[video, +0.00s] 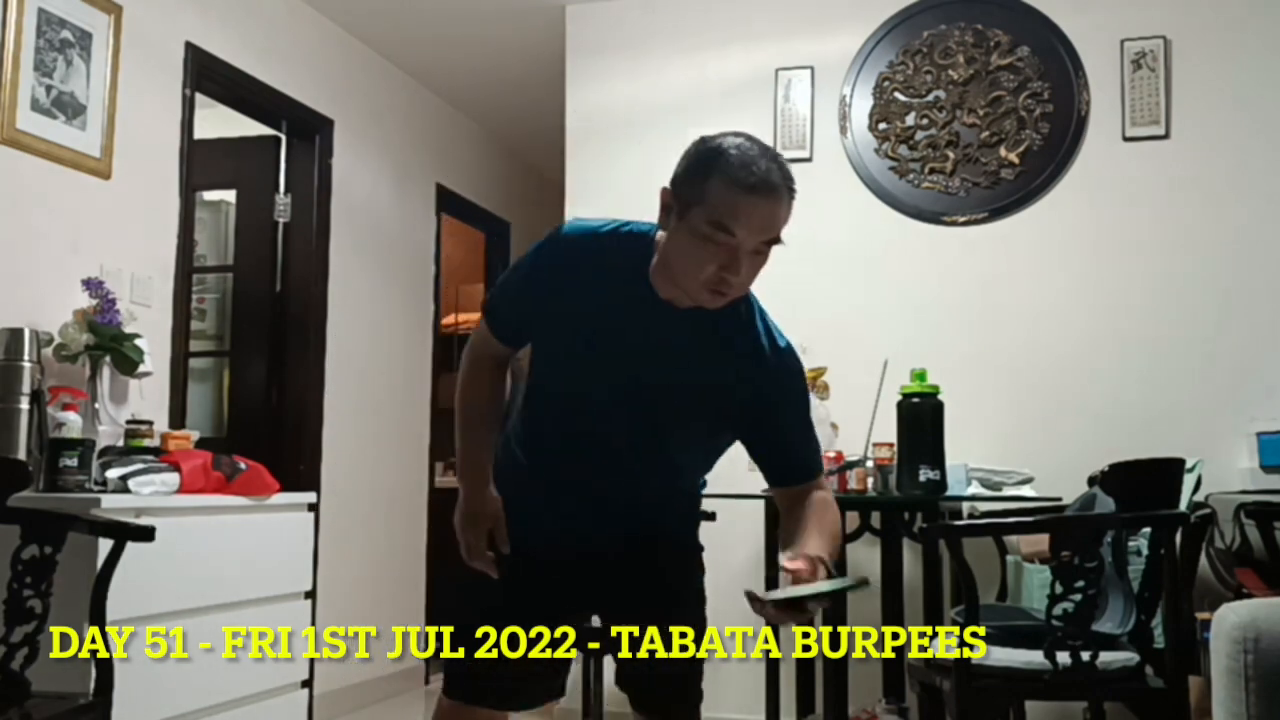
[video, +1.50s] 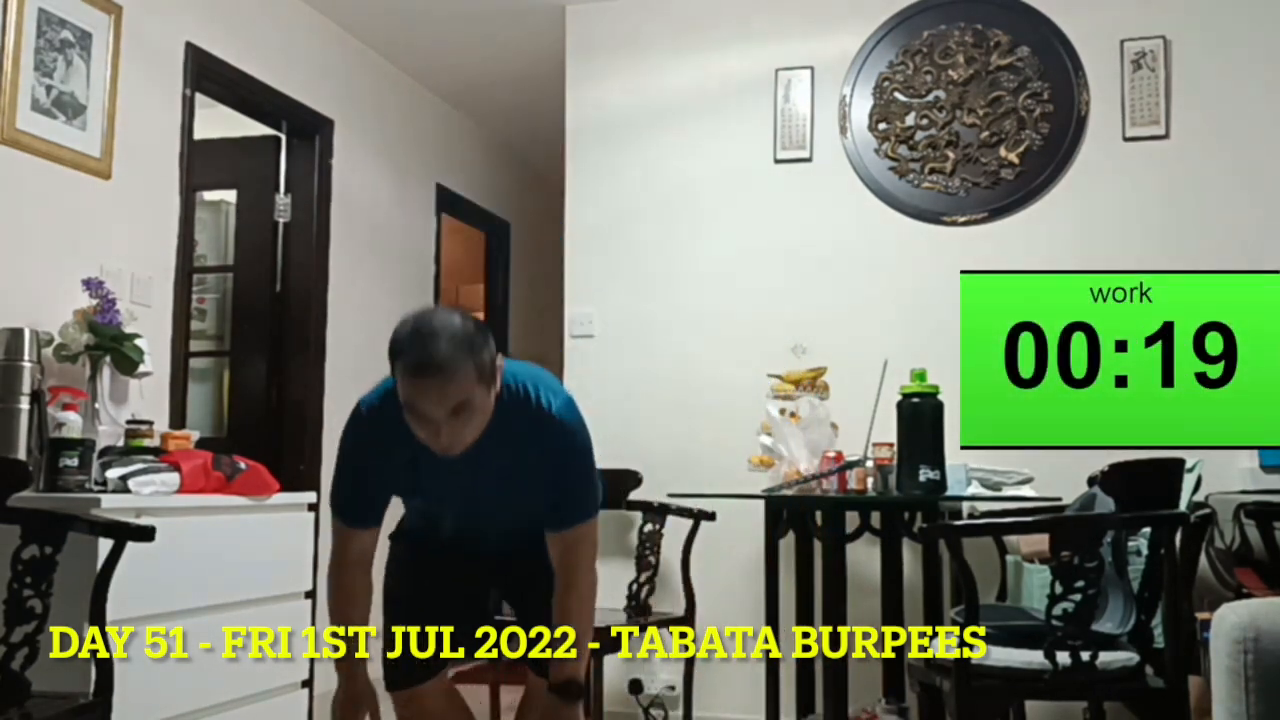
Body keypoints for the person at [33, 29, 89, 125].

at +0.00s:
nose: (66, 52)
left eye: (69, 48)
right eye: (63, 49)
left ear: (74, 49)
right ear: (61, 51)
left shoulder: (79, 66)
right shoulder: (61, 60)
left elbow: (69, 89)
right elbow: (57, 81)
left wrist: (48, 82)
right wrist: (49, 101)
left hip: (79, 102)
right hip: (62, 95)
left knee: (64, 98)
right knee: (47, 88)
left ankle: (70, 120)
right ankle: (60, 116)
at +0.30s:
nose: (66, 52)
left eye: (69, 48)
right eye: (63, 49)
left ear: (74, 49)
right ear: (61, 50)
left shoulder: (79, 66)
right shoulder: (61, 60)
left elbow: (69, 89)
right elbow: (57, 81)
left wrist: (48, 82)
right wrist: (49, 101)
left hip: (79, 102)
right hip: (63, 95)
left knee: (63, 98)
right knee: (47, 88)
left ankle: (70, 120)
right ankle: (61, 116)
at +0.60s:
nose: (66, 51)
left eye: (69, 48)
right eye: (63, 49)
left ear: (74, 49)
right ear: (61, 50)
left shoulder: (79, 66)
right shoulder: (62, 60)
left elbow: (69, 89)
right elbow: (57, 81)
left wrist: (49, 82)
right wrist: (49, 101)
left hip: (79, 102)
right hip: (64, 95)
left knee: (63, 98)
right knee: (48, 88)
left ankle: (69, 119)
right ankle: (61, 116)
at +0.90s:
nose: (67, 52)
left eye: (69, 48)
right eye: (64, 49)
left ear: (74, 49)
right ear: (61, 50)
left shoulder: (79, 66)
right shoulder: (61, 60)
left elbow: (69, 89)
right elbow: (57, 81)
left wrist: (48, 82)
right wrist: (49, 101)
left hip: (79, 102)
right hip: (64, 95)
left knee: (63, 98)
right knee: (47, 88)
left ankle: (70, 119)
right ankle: (61, 116)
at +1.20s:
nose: (66, 51)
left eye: (69, 48)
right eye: (63, 49)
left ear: (74, 49)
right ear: (60, 50)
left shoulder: (79, 65)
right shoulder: (61, 60)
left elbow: (70, 89)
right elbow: (57, 81)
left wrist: (49, 83)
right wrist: (49, 101)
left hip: (79, 102)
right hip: (63, 94)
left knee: (64, 98)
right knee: (48, 88)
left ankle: (70, 119)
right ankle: (61, 117)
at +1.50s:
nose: (66, 52)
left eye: (69, 48)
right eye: (63, 49)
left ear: (74, 49)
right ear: (61, 50)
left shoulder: (79, 65)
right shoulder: (61, 60)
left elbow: (70, 89)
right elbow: (57, 81)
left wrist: (49, 82)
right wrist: (49, 101)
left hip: (79, 101)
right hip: (63, 94)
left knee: (64, 98)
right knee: (49, 89)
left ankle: (70, 119)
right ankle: (61, 117)